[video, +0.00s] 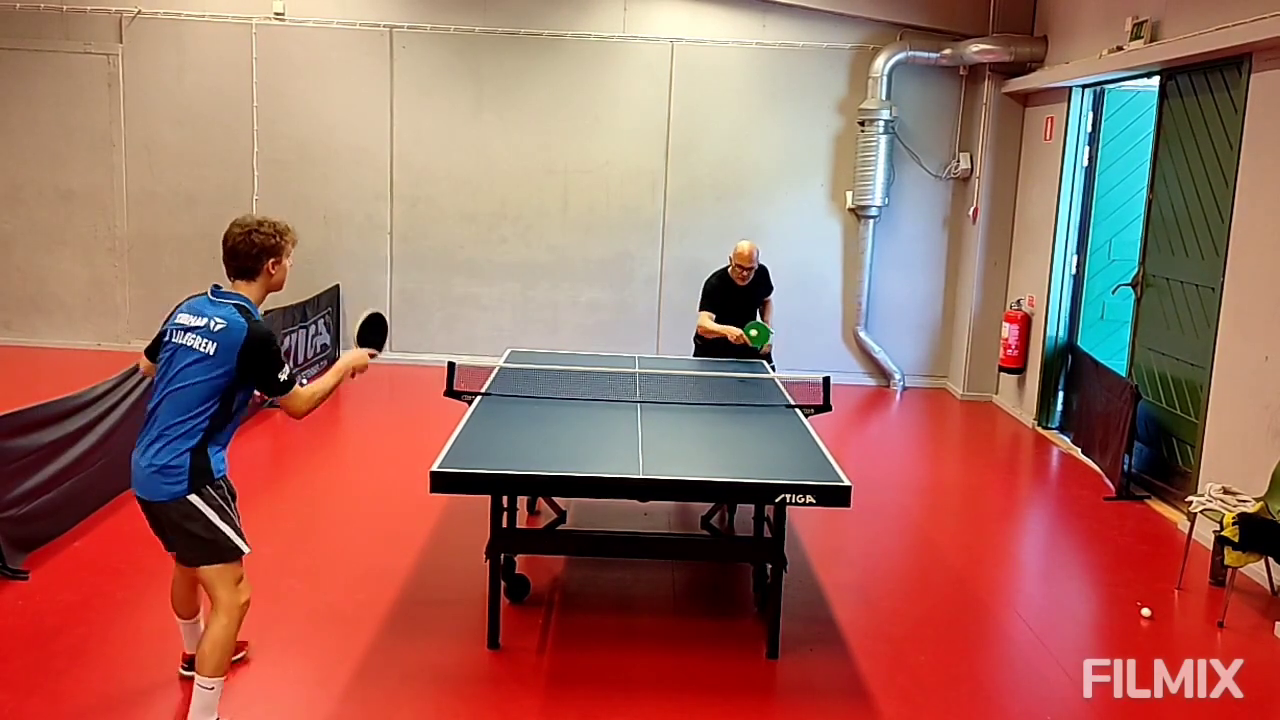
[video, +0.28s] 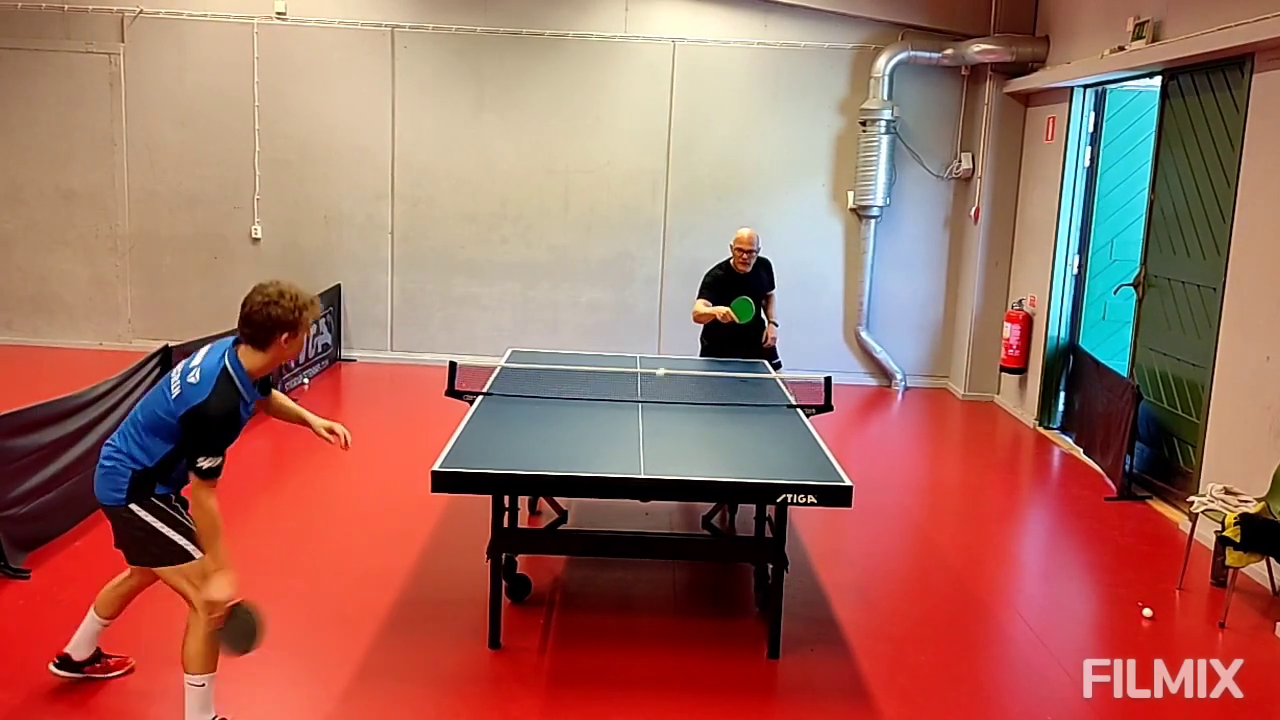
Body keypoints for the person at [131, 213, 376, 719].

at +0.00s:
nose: (288, 268)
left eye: (286, 259)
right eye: (285, 259)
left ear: (232, 263)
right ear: (269, 267)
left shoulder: (191, 305)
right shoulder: (252, 331)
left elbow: (149, 363)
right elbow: (298, 403)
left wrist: (215, 382)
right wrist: (344, 364)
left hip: (150, 471)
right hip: (187, 480)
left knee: (188, 563)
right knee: (231, 599)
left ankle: (195, 653)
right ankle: (202, 715)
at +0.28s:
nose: (304, 342)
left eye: (305, 333)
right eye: (303, 334)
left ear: (259, 328)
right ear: (284, 341)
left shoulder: (242, 353)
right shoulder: (219, 400)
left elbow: (264, 396)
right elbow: (203, 492)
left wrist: (311, 419)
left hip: (142, 473)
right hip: (132, 489)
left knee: (144, 571)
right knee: (208, 599)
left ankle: (77, 654)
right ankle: (200, 716)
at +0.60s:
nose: (319, 408)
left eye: (319, 400)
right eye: (314, 403)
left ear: (282, 407)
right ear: (283, 409)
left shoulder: (271, 415)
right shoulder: (189, 441)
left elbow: (301, 412)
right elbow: (132, 502)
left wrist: (318, 448)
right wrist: (93, 573)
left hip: (190, 508)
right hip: (156, 513)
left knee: (157, 582)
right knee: (241, 611)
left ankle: (85, 636)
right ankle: (204, 714)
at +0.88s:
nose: (339, 295)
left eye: (338, 287)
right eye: (336, 288)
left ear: (281, 291)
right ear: (309, 296)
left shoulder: (235, 319)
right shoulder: (291, 357)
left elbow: (187, 366)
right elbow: (382, 337)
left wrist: (230, 402)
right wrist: (389, 252)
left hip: (198, 477)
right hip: (217, 504)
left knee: (240, 558)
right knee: (281, 617)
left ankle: (199, 640)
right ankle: (209, 714)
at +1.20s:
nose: (321, 277)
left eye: (320, 267)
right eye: (319, 269)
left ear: (261, 273)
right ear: (306, 277)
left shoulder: (215, 337)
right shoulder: (314, 352)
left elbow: (184, 419)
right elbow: (386, 412)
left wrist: (211, 461)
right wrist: (420, 359)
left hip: (233, 511)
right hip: (291, 515)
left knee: (245, 585)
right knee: (346, 626)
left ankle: (203, 698)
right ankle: (323, 719)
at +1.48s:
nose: (308, 288)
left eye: (310, 278)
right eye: (308, 279)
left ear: (251, 274)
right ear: (294, 282)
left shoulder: (195, 328)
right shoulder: (275, 354)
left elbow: (158, 404)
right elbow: (254, 455)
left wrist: (204, 442)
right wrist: (318, 495)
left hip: (188, 506)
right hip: (241, 516)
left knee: (196, 591)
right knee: (307, 621)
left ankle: (144, 699)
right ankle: (311, 719)